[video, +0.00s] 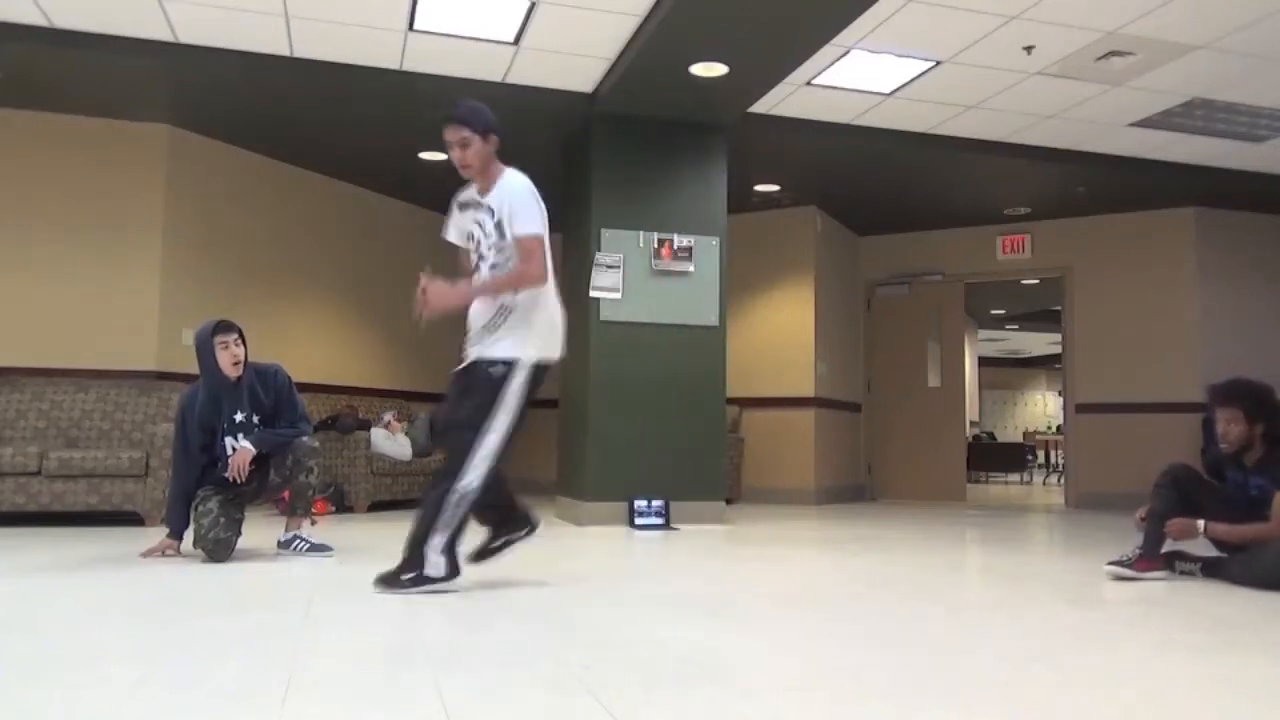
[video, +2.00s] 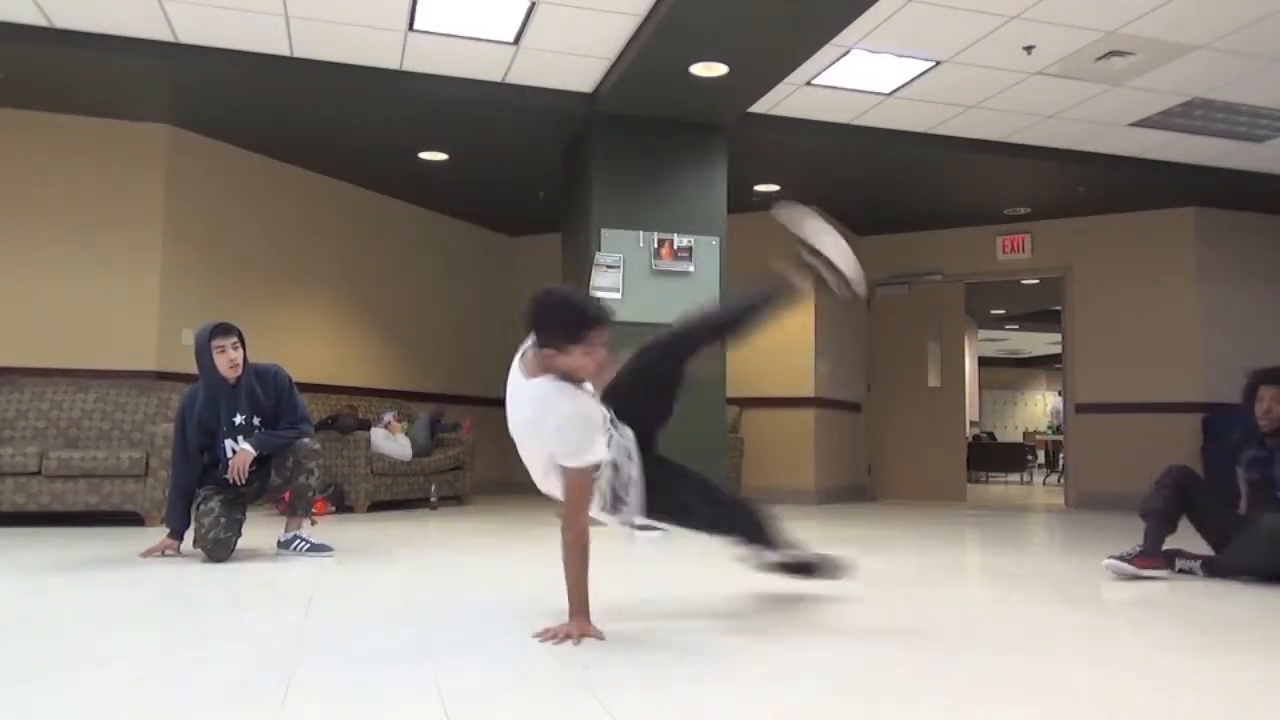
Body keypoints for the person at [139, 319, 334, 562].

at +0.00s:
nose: (235, 352)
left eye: (238, 344)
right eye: (224, 347)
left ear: (245, 347)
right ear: (207, 356)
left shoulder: (272, 378)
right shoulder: (194, 402)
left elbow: (301, 427)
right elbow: (184, 470)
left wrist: (253, 444)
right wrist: (174, 534)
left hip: (263, 475)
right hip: (217, 488)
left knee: (306, 450)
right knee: (216, 549)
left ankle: (292, 534)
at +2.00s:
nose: (232, 356)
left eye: (236, 348)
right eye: (221, 351)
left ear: (244, 350)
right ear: (206, 359)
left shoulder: (272, 379)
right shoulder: (194, 402)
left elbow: (302, 428)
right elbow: (184, 470)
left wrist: (253, 445)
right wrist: (174, 535)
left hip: (264, 476)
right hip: (219, 489)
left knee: (307, 449)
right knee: (215, 549)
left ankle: (292, 534)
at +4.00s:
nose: (230, 358)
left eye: (234, 349)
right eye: (219, 353)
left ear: (243, 352)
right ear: (205, 360)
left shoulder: (273, 380)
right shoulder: (194, 404)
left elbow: (304, 429)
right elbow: (184, 471)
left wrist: (254, 447)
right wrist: (175, 535)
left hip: (265, 476)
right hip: (219, 488)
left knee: (308, 449)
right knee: (215, 549)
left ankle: (292, 534)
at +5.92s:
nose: (231, 357)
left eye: (234, 348)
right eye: (220, 352)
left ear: (243, 351)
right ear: (205, 360)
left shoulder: (272, 380)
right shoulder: (193, 403)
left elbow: (304, 430)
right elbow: (184, 470)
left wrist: (256, 445)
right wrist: (174, 535)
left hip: (267, 476)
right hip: (221, 487)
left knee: (308, 450)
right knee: (215, 549)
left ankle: (292, 534)